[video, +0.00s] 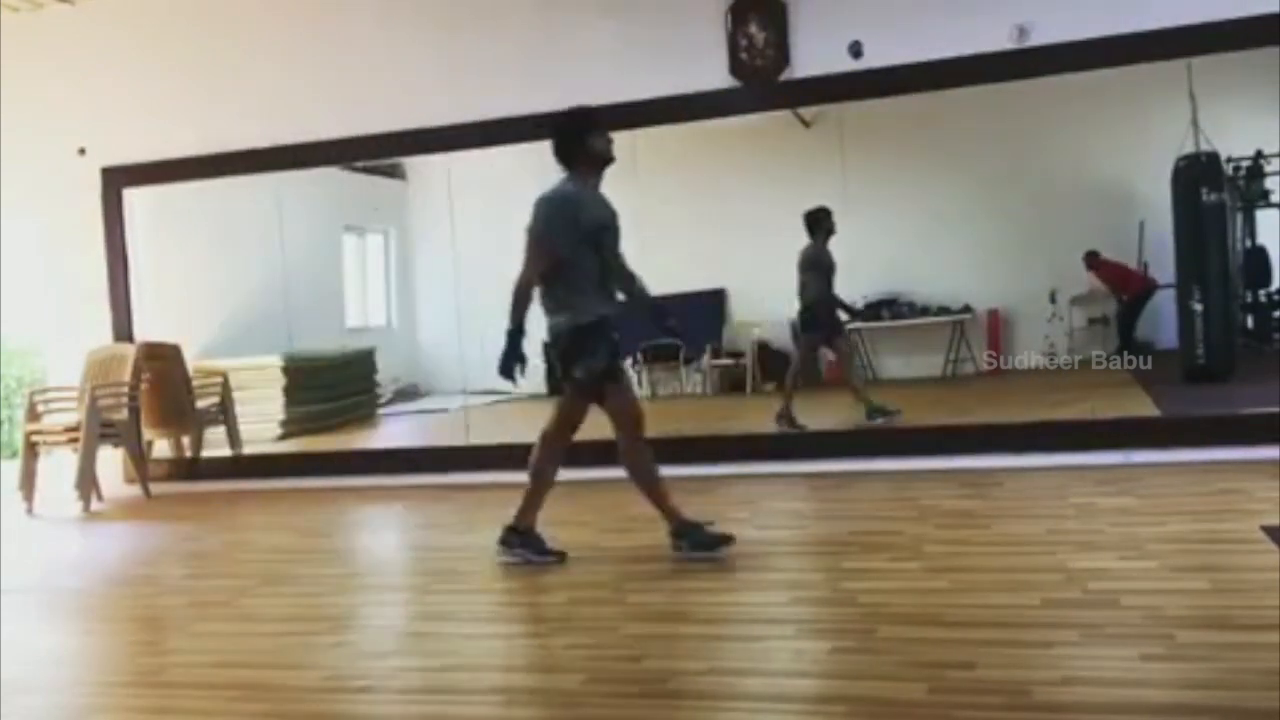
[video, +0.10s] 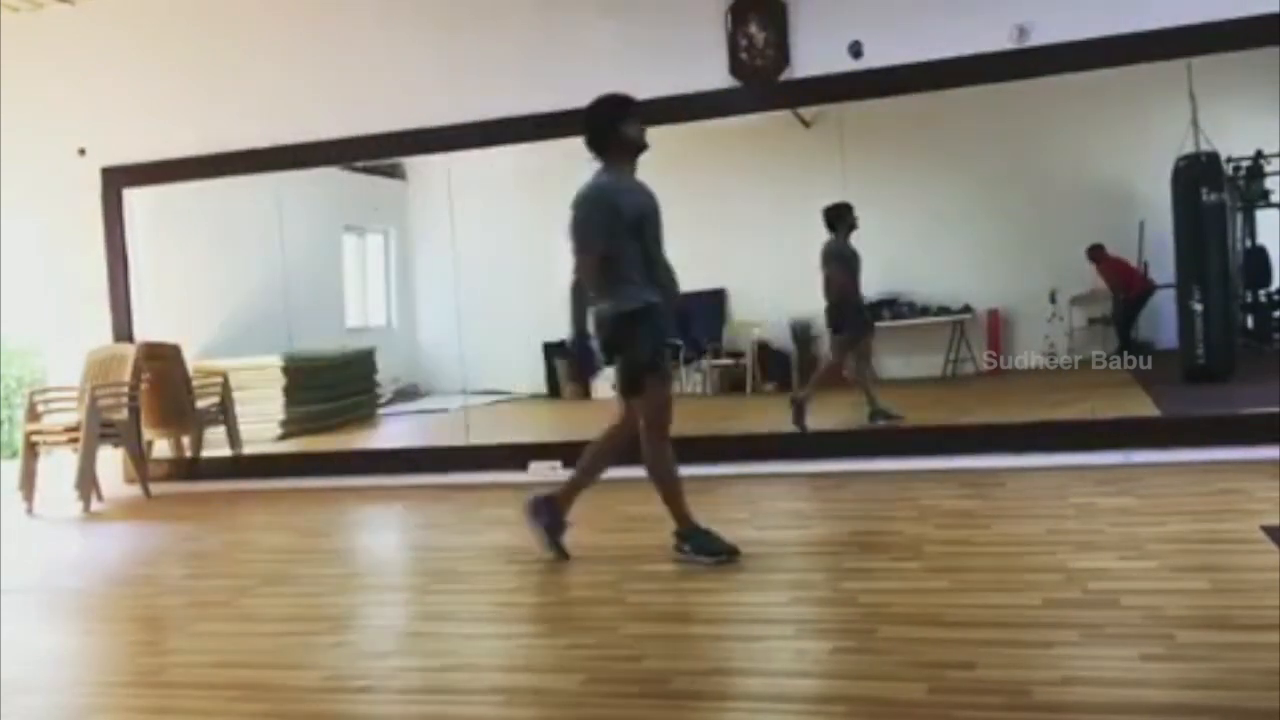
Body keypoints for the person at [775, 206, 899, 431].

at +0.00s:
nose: (834, 225)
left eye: (832, 221)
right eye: (830, 222)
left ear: (815, 227)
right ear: (821, 226)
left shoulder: (823, 254)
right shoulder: (812, 255)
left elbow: (826, 293)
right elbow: (820, 294)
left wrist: (852, 312)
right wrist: (853, 312)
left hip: (826, 314)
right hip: (811, 316)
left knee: (847, 356)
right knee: (799, 363)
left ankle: (869, 406)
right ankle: (785, 411)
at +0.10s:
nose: (856, 220)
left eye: (854, 216)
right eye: (851, 216)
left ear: (839, 223)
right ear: (841, 221)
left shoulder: (848, 250)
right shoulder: (834, 249)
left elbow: (850, 286)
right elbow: (838, 286)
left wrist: (861, 310)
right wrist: (853, 310)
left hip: (854, 310)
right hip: (841, 312)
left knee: (863, 360)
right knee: (836, 362)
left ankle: (874, 407)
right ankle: (801, 399)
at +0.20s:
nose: (866, 219)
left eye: (864, 214)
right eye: (862, 215)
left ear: (845, 221)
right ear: (852, 220)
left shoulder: (845, 246)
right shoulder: (851, 248)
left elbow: (855, 284)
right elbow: (854, 284)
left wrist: (868, 307)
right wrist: (868, 309)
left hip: (854, 309)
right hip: (856, 310)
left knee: (865, 358)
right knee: (856, 357)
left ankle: (874, 405)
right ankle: (820, 393)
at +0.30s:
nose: (886, 216)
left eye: (884, 211)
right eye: (882, 212)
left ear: (867, 218)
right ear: (873, 217)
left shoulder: (865, 244)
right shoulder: (871, 246)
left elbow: (873, 283)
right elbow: (874, 283)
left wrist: (890, 303)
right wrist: (891, 305)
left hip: (871, 308)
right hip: (878, 309)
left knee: (876, 355)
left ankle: (873, 402)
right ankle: (870, 393)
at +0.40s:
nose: (896, 214)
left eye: (894, 210)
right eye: (892, 211)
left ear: (878, 216)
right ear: (882, 216)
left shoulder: (878, 242)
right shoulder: (879, 244)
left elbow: (878, 281)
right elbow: (883, 283)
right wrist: (908, 303)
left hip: (882, 306)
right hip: (886, 307)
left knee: (881, 356)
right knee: (915, 346)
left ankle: (876, 407)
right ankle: (900, 404)